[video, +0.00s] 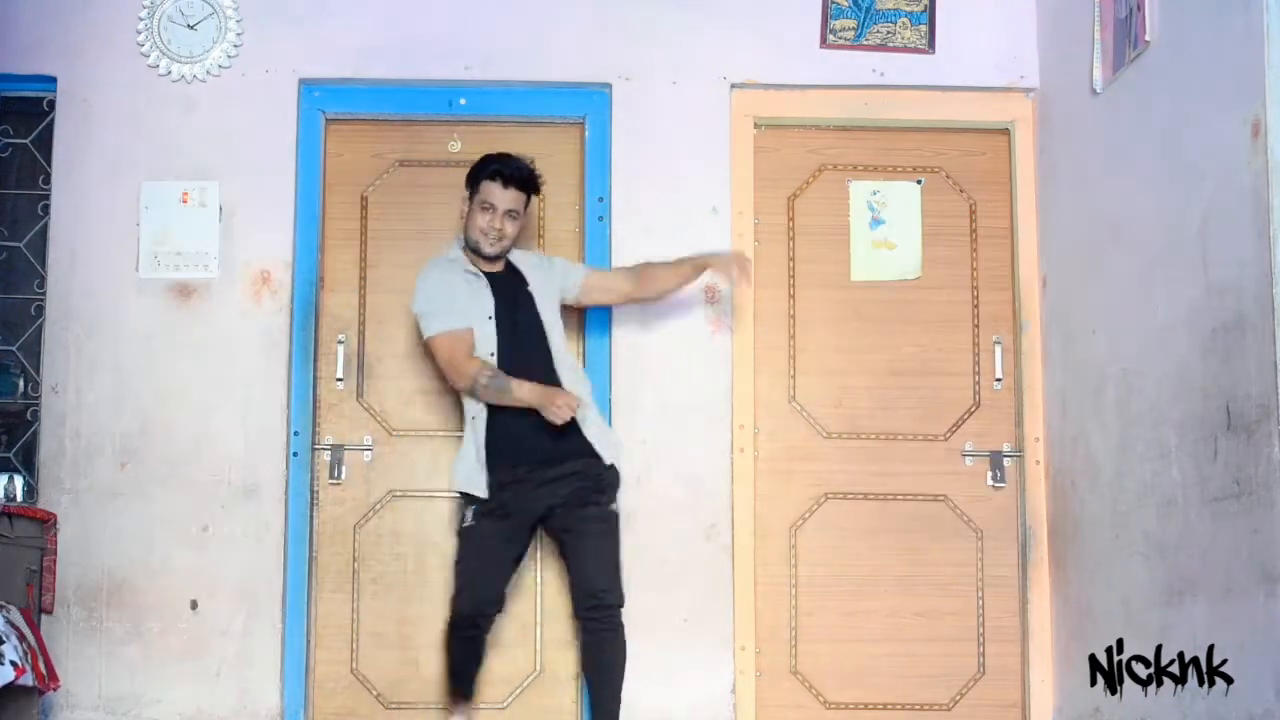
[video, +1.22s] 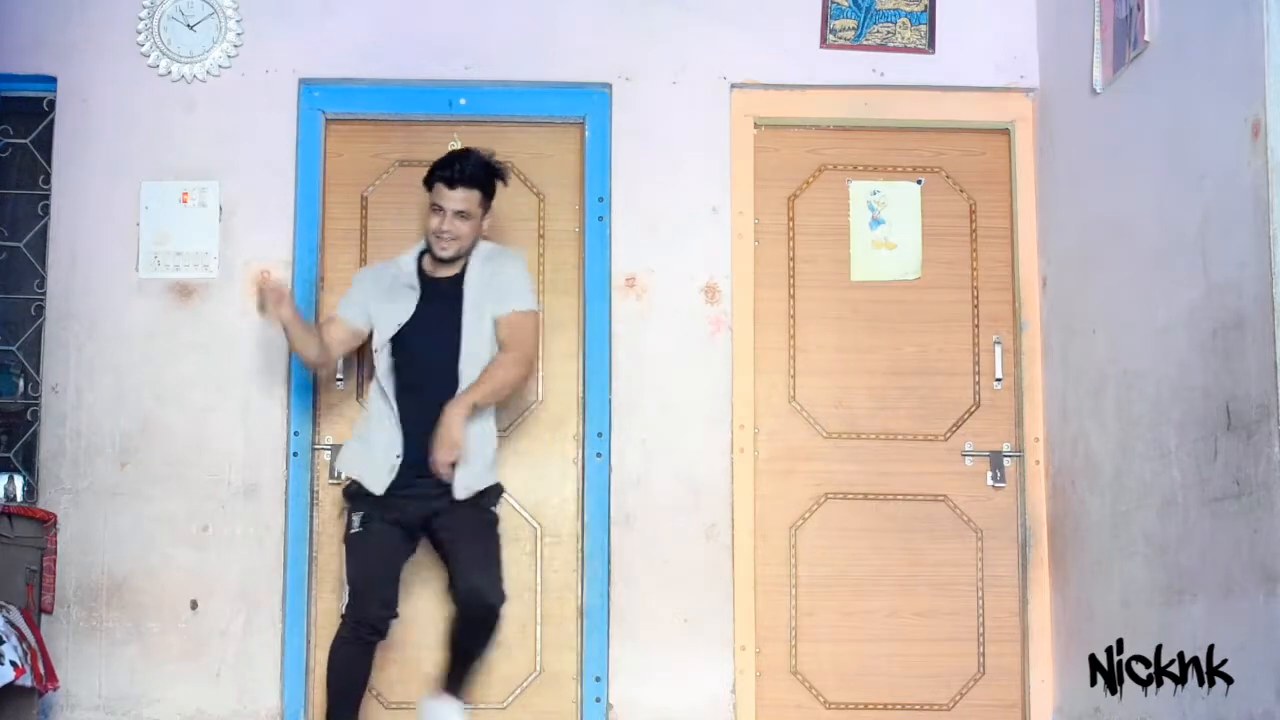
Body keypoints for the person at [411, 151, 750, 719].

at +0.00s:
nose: (497, 225)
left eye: (511, 215)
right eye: (487, 209)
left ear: (525, 219)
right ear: (467, 206)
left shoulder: (542, 269)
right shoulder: (441, 279)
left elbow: (632, 282)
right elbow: (462, 371)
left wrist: (710, 261)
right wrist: (536, 394)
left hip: (579, 469)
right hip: (501, 479)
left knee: (601, 609)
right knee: (473, 611)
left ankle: (606, 717)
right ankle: (460, 707)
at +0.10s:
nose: (515, 223)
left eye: (528, 212)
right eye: (503, 209)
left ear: (543, 220)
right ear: (484, 213)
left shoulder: (568, 282)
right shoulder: (451, 285)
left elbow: (651, 310)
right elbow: (443, 375)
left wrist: (669, 324)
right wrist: (505, 353)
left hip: (603, 473)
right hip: (527, 486)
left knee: (612, 611)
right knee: (526, 602)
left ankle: (608, 717)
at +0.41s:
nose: (549, 233)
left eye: (558, 218)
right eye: (534, 223)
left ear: (572, 219)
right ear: (514, 228)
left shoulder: (600, 297)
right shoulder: (486, 287)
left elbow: (630, 382)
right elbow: (444, 348)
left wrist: (569, 340)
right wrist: (459, 262)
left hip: (609, 488)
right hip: (530, 494)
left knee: (615, 620)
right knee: (495, 600)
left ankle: (613, 718)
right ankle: (520, 703)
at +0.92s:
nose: (502, 255)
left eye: (516, 242)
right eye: (491, 241)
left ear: (539, 237)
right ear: (478, 234)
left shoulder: (564, 308)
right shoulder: (448, 293)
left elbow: (584, 400)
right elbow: (406, 358)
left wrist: (524, 340)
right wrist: (421, 271)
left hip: (556, 499)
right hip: (475, 499)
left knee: (566, 631)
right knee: (437, 600)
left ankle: (578, 719)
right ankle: (485, 708)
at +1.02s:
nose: (487, 246)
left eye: (500, 234)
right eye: (477, 232)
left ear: (524, 229)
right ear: (463, 223)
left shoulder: (550, 296)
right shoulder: (427, 280)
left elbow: (552, 384)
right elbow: (373, 340)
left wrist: (483, 339)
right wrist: (387, 262)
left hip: (530, 497)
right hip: (445, 495)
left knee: (551, 628)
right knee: (402, 612)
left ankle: (572, 716)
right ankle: (402, 713)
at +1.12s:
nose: (465, 229)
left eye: (481, 218)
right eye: (457, 214)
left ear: (506, 215)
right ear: (445, 207)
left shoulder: (531, 274)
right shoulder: (405, 273)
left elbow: (522, 363)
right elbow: (340, 330)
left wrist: (440, 377)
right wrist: (319, 249)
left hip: (493, 489)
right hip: (408, 487)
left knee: (519, 620)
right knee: (381, 618)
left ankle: (539, 717)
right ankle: (345, 717)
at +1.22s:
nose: (445, 226)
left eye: (461, 215)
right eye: (437, 210)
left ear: (484, 219)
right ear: (425, 208)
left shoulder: (503, 272)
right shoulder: (378, 281)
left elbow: (518, 359)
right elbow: (322, 355)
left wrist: (459, 408)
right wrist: (289, 316)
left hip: (464, 484)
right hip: (383, 483)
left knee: (482, 602)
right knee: (366, 617)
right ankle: (339, 717)